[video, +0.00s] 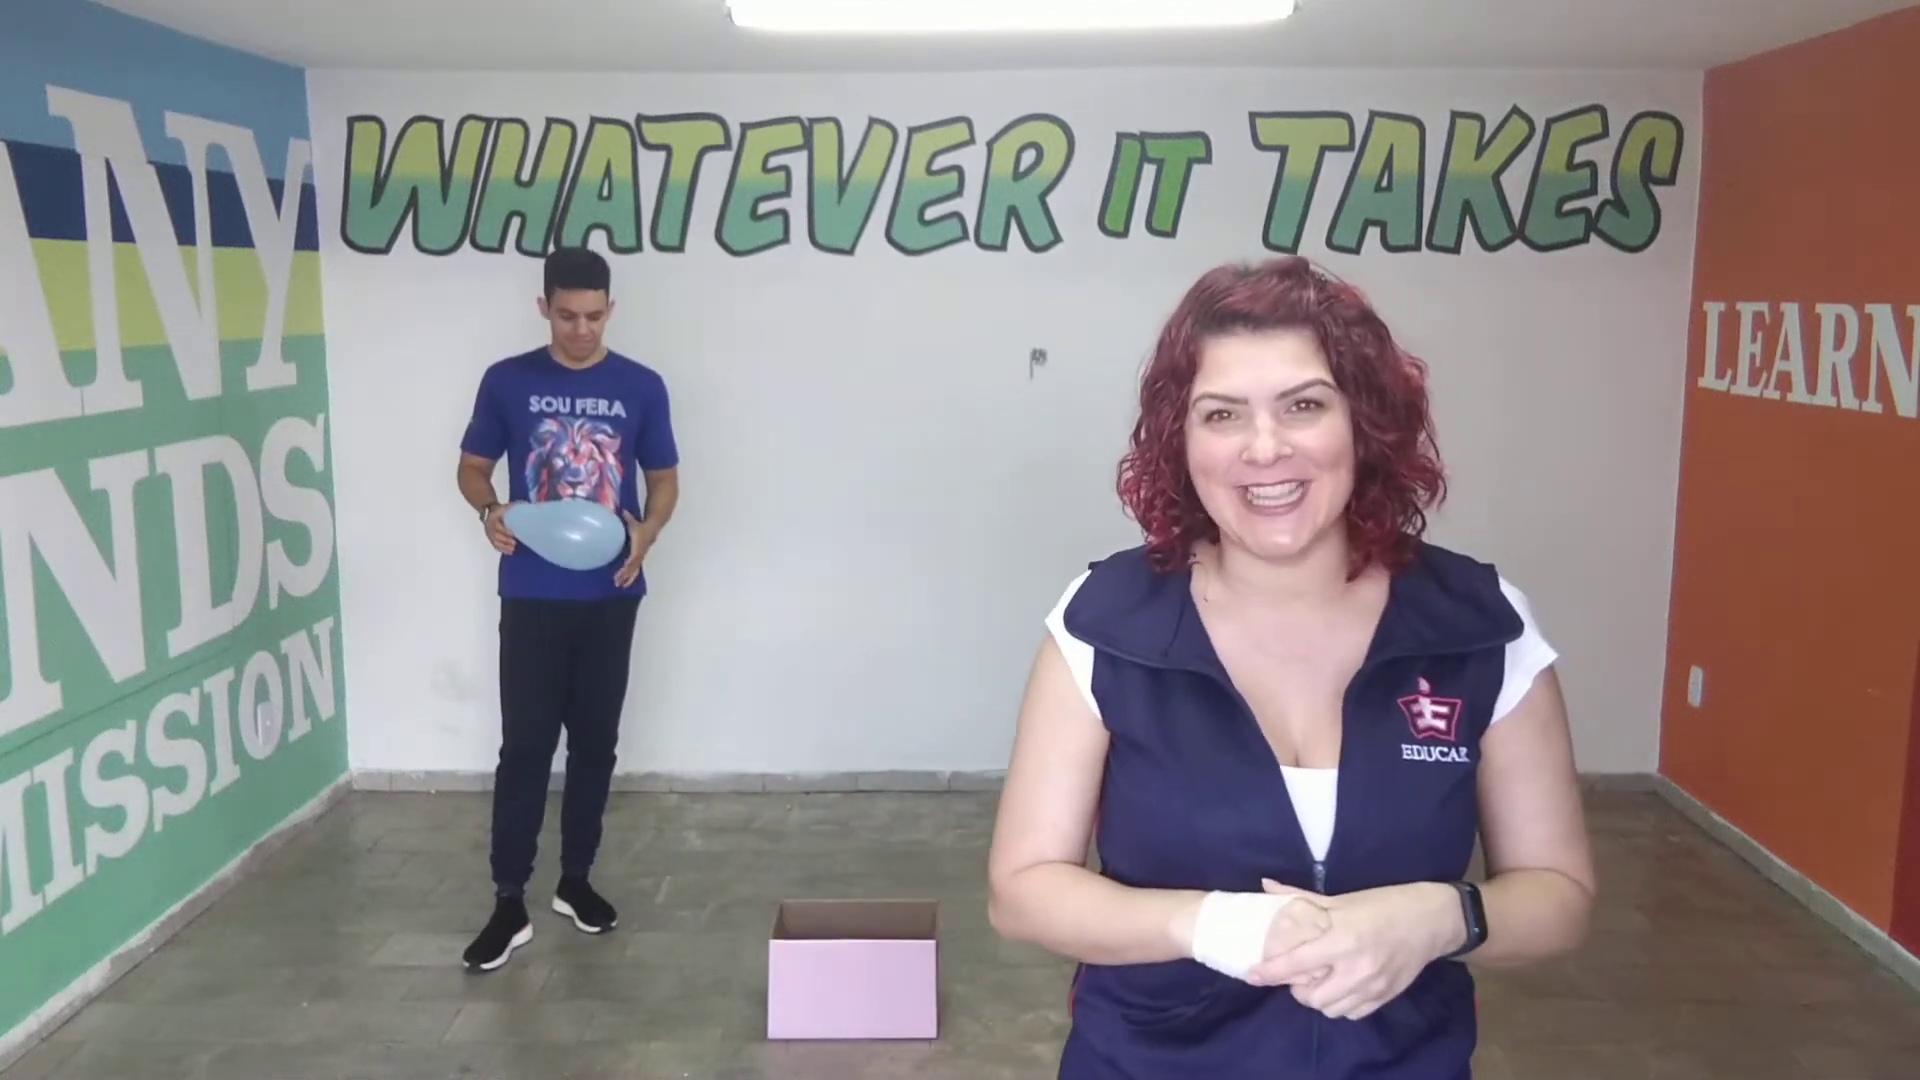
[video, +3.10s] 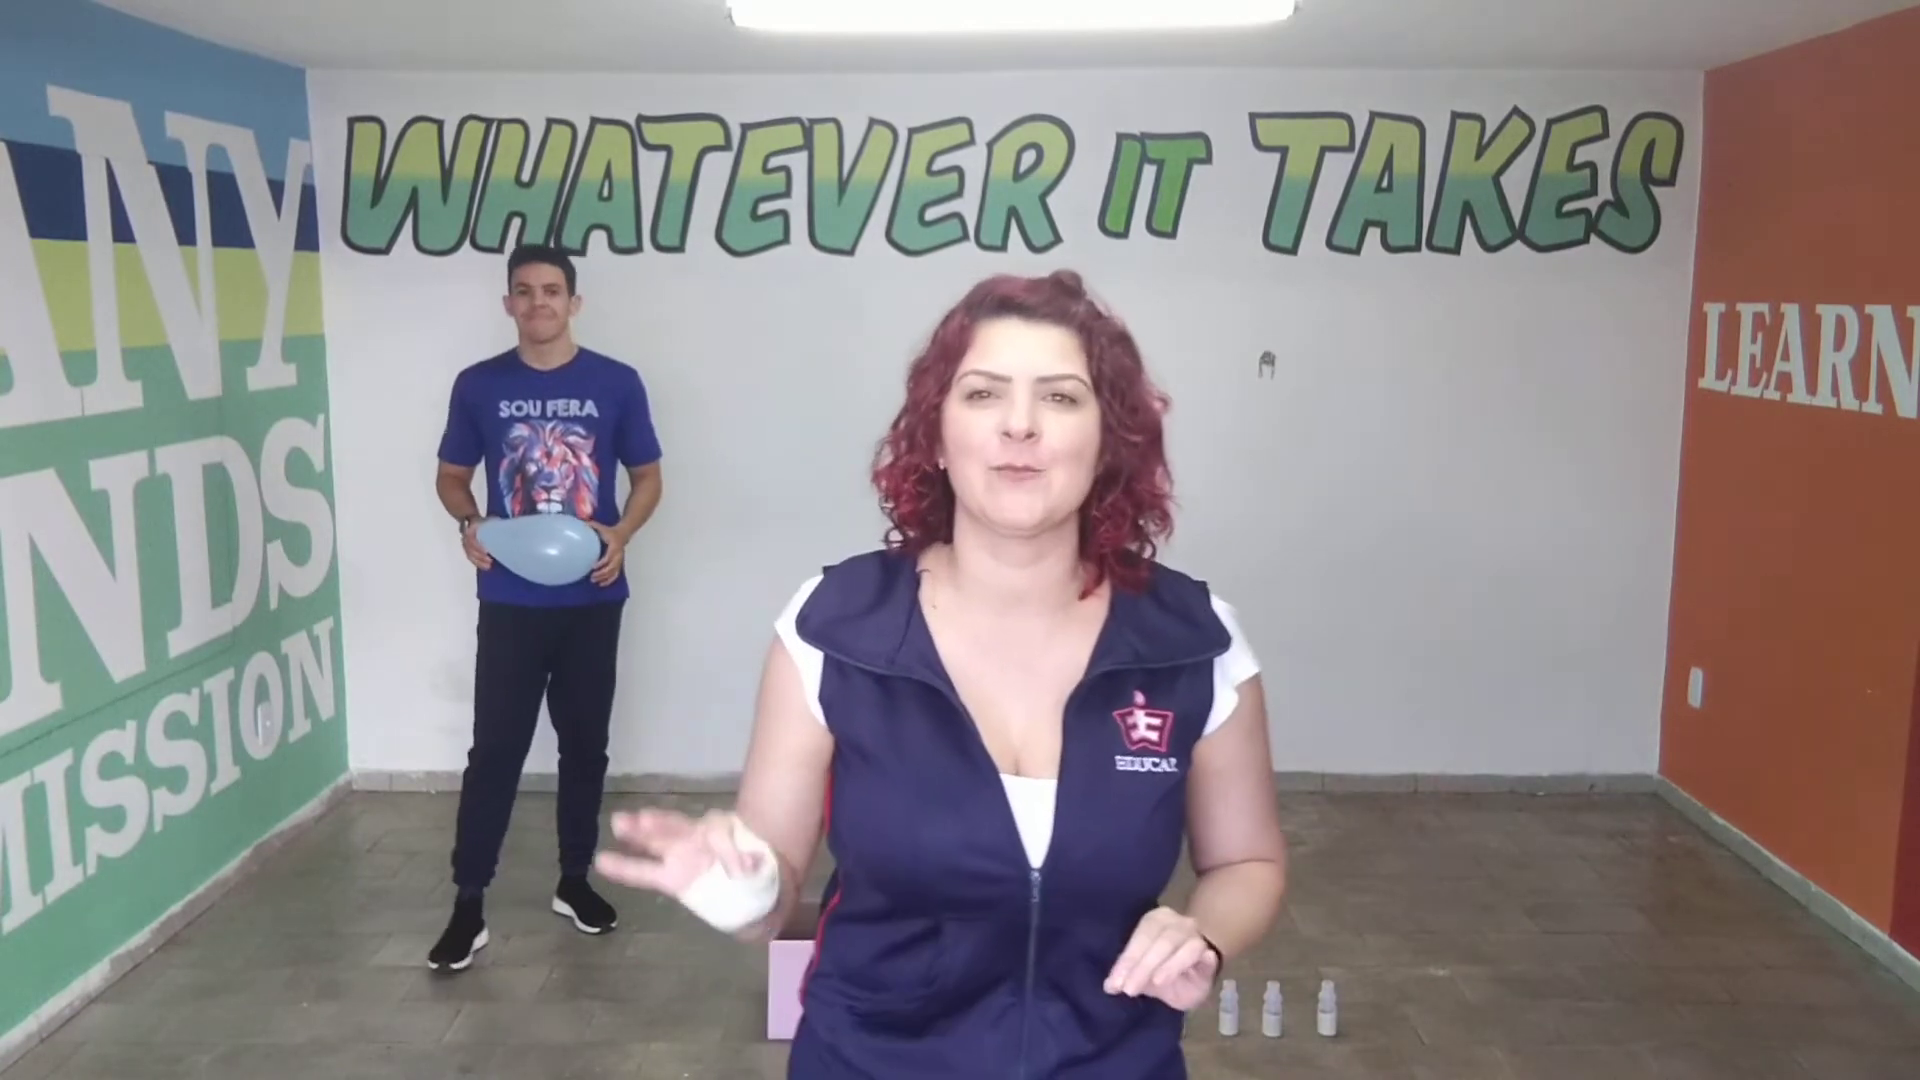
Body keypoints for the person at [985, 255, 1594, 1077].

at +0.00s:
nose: (1265, 451)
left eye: (1304, 408)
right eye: (1223, 415)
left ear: (1365, 424)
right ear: (1179, 441)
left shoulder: (1476, 624)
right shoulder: (1108, 623)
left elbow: (1559, 893)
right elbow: (1022, 887)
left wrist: (1438, 920)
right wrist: (1210, 924)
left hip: (1401, 1063)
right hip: (1154, 1063)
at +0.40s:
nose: (1180, 427)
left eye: (1220, 389)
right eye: (1140, 394)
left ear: (1278, 414)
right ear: (1096, 425)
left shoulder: (1381, 624)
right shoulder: (1022, 613)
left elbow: (1461, 904)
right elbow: (931, 876)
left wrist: (1317, 914)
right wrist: (1095, 908)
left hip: (1306, 1062)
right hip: (1059, 1060)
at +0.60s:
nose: (1144, 393)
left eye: (1186, 373)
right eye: (1109, 363)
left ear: (1229, 426)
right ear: (1053, 406)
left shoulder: (1315, 626)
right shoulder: (960, 604)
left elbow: (1393, 909)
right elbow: (883, 847)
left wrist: (1209, 922)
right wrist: (1003, 914)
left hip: (1239, 1061)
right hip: (997, 1057)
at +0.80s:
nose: (1060, 380)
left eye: (1104, 361)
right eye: (1029, 354)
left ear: (1151, 419)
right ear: (979, 400)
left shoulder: (1249, 612)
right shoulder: (906, 600)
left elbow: (1336, 894)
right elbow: (848, 829)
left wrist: (1137, 917)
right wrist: (911, 905)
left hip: (1177, 1057)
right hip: (942, 1055)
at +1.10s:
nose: (995, 400)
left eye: (1035, 375)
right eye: (961, 374)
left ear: (1084, 420)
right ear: (917, 418)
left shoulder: (1182, 621)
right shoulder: (844, 603)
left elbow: (1259, 873)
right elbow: (793, 806)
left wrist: (1110, 929)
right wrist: (789, 863)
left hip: (1091, 1060)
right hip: (865, 1053)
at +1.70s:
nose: (932, 412)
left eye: (970, 386)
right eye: (899, 385)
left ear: (1017, 425)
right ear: (855, 422)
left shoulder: (1095, 616)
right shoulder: (765, 604)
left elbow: (1138, 818)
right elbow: (683, 835)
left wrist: (1143, 914)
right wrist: (765, 903)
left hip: (1019, 1056)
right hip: (804, 1053)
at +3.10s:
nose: (1019, 424)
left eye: (1058, 397)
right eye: (984, 393)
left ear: (1109, 434)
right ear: (935, 427)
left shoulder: (1190, 637)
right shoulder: (836, 621)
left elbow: (1247, 862)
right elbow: (771, 886)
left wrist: (1200, 932)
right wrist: (732, 869)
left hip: (1107, 1055)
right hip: (878, 1053)